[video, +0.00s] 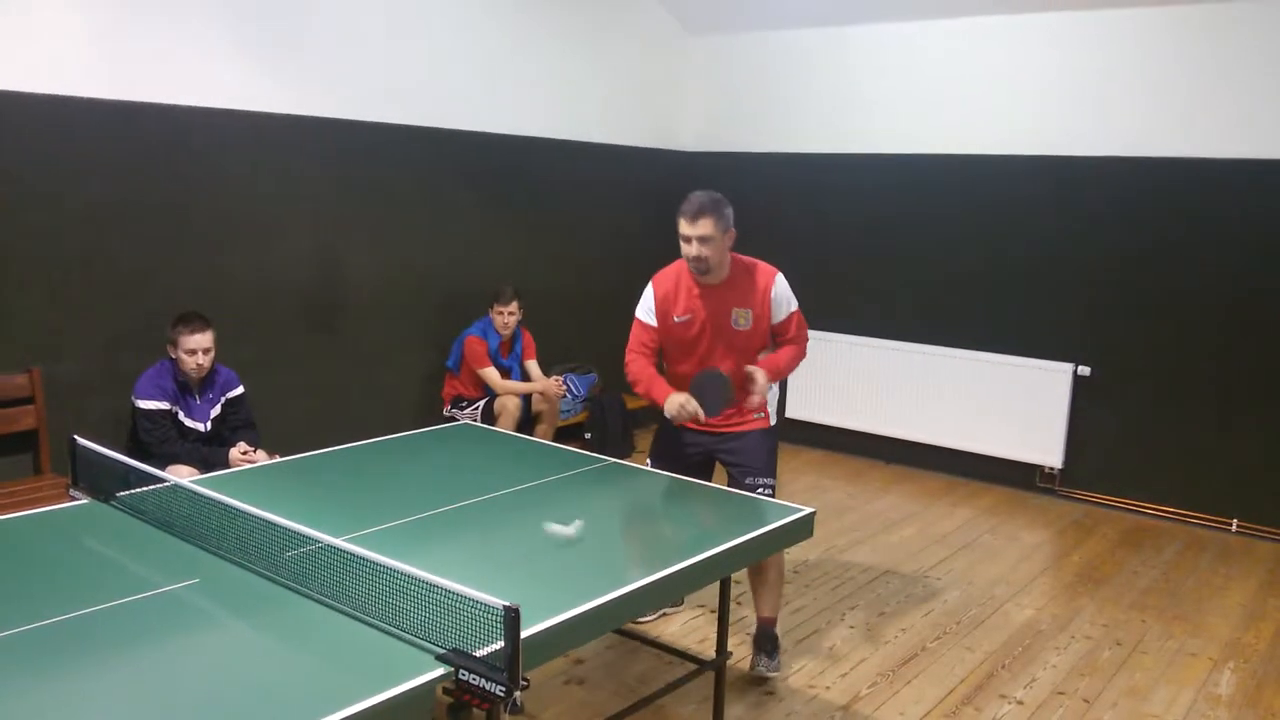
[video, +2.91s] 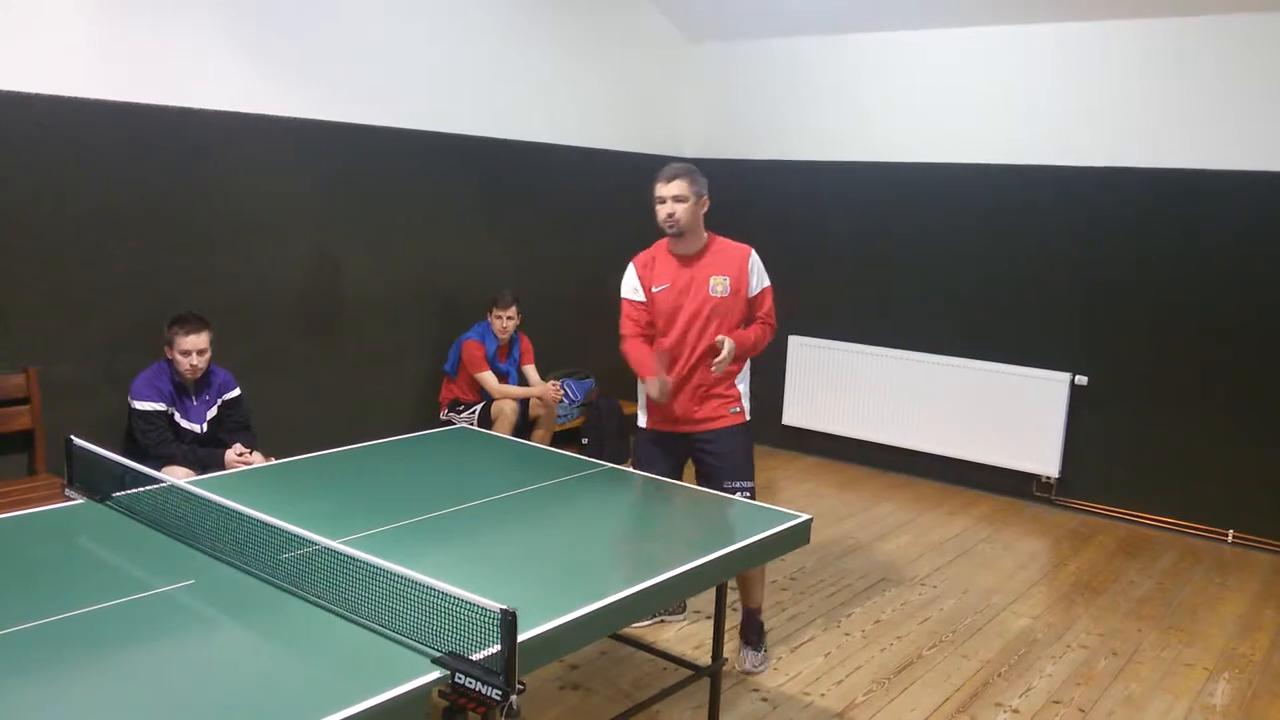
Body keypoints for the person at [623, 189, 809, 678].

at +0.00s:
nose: (695, 252)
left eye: (706, 241)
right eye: (687, 240)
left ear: (730, 238)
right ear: (678, 237)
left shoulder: (766, 282)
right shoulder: (662, 288)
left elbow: (795, 342)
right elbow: (636, 358)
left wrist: (767, 369)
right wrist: (666, 396)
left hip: (747, 423)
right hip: (683, 423)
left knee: (760, 523)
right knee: (662, 513)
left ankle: (766, 634)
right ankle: (667, 587)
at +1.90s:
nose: (691, 190)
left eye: (703, 183)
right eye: (687, 182)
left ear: (730, 191)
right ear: (680, 188)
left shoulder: (759, 255)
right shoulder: (663, 249)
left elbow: (795, 332)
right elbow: (650, 319)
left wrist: (818, 406)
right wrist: (645, 358)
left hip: (733, 425)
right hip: (665, 417)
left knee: (753, 527)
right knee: (646, 516)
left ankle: (773, 622)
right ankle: (640, 611)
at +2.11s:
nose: (652, 237)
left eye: (661, 227)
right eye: (648, 228)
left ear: (694, 226)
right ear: (649, 229)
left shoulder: (740, 277)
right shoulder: (653, 280)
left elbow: (772, 351)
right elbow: (650, 344)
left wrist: (705, 371)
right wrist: (642, 380)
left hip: (740, 431)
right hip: (684, 426)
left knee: (744, 533)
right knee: (665, 516)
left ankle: (751, 641)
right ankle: (666, 599)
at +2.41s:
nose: (623, 248)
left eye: (628, 237)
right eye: (621, 238)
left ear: (661, 232)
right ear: (649, 237)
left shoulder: (723, 271)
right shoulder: (650, 294)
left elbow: (771, 326)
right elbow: (637, 360)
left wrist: (704, 354)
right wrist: (579, 394)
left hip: (743, 429)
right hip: (689, 425)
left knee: (741, 535)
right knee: (657, 513)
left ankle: (755, 640)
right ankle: (670, 600)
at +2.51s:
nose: (620, 236)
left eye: (627, 226)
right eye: (619, 227)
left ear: (659, 222)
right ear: (645, 226)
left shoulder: (724, 261)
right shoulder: (634, 285)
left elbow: (771, 321)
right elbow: (599, 338)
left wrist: (711, 339)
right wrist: (536, 360)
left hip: (742, 420)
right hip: (682, 418)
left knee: (747, 530)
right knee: (662, 512)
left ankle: (755, 638)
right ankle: (674, 594)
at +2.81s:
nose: (649, 217)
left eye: (659, 207)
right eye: (644, 209)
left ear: (688, 209)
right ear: (641, 215)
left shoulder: (733, 262)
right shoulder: (632, 269)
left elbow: (761, 326)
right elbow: (605, 341)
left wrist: (731, 339)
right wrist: (586, 329)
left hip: (723, 422)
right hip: (660, 421)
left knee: (739, 526)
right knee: (647, 515)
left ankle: (749, 634)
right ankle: (670, 595)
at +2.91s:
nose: (668, 210)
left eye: (678, 200)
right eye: (661, 202)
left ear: (703, 204)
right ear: (654, 208)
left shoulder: (741, 259)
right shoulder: (641, 268)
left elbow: (765, 324)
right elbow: (632, 335)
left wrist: (737, 344)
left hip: (722, 419)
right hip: (658, 422)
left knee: (741, 521)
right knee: (648, 514)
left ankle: (751, 626)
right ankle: (667, 596)